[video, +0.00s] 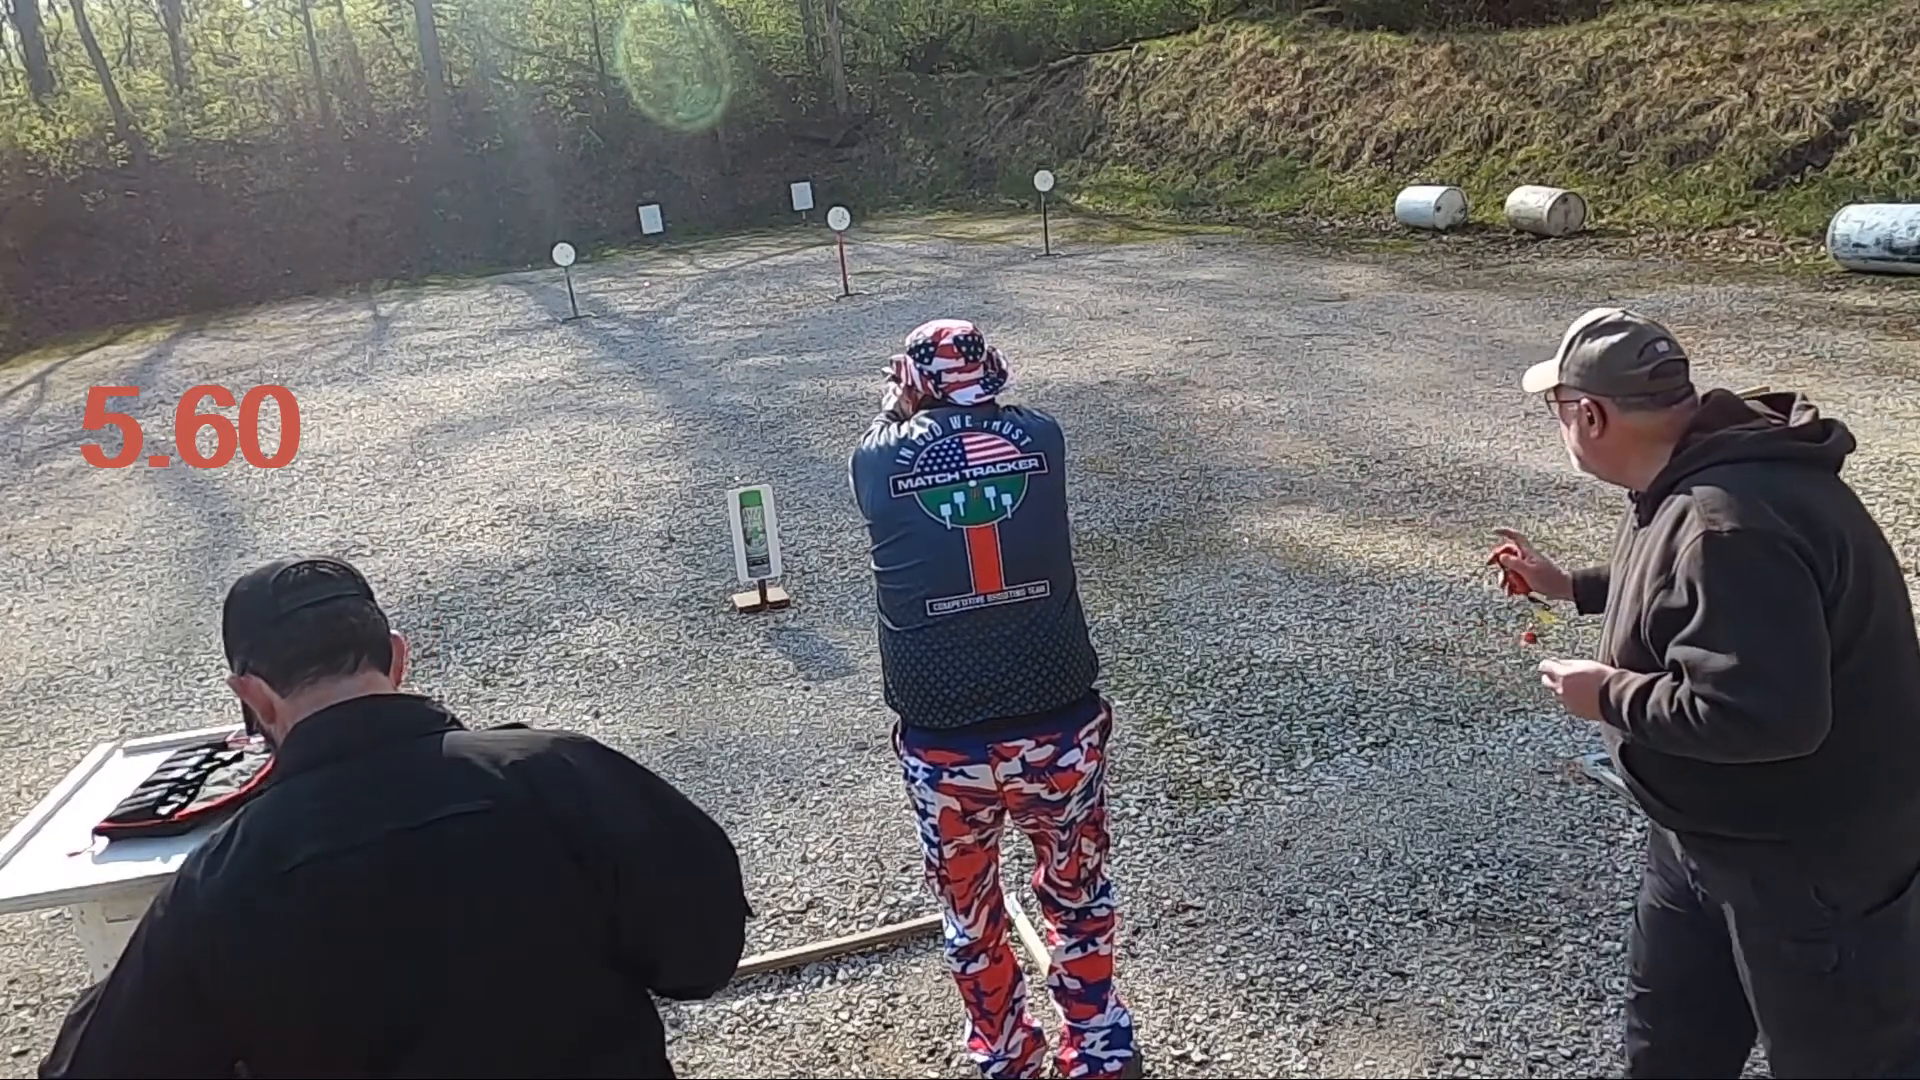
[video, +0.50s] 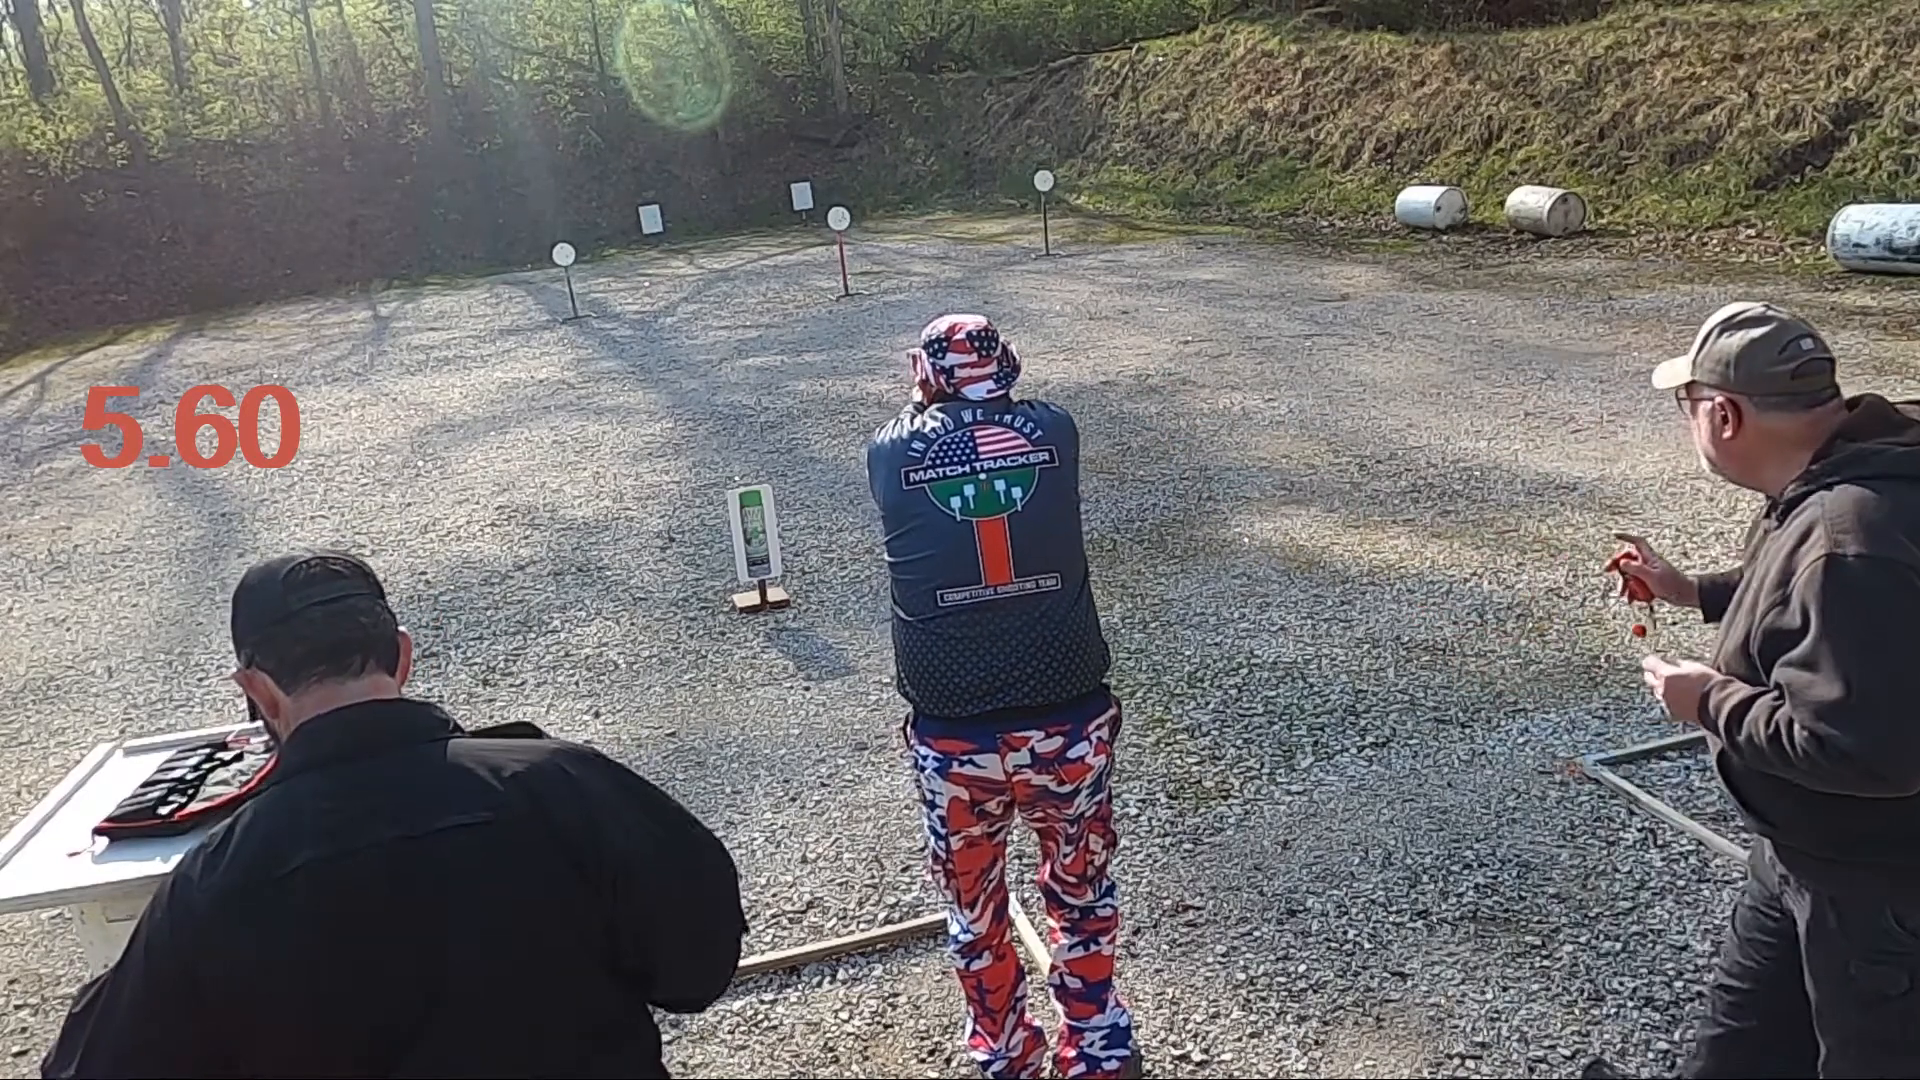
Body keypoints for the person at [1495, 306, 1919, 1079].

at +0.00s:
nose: (1561, 431)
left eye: (1559, 414)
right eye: (1558, 414)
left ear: (1593, 417)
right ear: (1669, 389)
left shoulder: (1730, 526)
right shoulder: (1685, 480)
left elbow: (1773, 716)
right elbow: (1676, 595)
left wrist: (1612, 696)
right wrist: (1567, 586)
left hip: (1812, 870)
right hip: (1701, 841)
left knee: (1841, 1064)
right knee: (1671, 1054)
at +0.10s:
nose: (1586, 427)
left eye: (1585, 411)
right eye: (1582, 412)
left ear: (1622, 417)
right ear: (1698, 392)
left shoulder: (1760, 528)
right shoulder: (1706, 486)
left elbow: (1807, 721)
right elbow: (1697, 594)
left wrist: (1639, 699)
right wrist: (1585, 589)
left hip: (1833, 876)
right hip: (1722, 852)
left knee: (1848, 1064)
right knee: (1684, 1057)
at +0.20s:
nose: (1611, 426)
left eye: (1612, 409)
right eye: (1608, 409)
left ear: (1649, 416)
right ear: (1728, 392)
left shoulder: (1795, 531)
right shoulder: (1733, 488)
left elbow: (1838, 725)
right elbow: (1715, 603)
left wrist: (1666, 701)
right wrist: (1600, 593)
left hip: (1842, 881)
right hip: (1747, 855)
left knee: (1855, 1064)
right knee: (1698, 1056)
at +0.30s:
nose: (1642, 430)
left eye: (1642, 412)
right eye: (1640, 412)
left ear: (1678, 418)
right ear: (1760, 393)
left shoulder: (1820, 537)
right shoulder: (1763, 491)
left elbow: (1859, 731)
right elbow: (1739, 600)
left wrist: (1685, 701)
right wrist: (1623, 594)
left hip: (1853, 885)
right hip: (1760, 857)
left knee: (1861, 1064)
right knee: (1710, 1057)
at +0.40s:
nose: (1668, 428)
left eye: (1668, 410)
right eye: (1666, 410)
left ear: (1705, 417)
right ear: (1789, 395)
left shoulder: (1839, 541)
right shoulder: (1792, 491)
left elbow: (1867, 743)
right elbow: (1765, 599)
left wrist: (1699, 702)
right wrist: (1653, 591)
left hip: (1863, 892)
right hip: (1778, 860)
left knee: (1869, 1064)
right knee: (1723, 1057)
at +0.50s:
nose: (1689, 425)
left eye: (1688, 407)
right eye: (1685, 407)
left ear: (1726, 416)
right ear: (1813, 394)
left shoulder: (1851, 547)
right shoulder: (1821, 487)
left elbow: (1867, 752)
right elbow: (1792, 597)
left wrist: (1711, 702)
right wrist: (1686, 590)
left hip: (1868, 889)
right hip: (1803, 857)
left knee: (1872, 1064)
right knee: (1731, 1056)